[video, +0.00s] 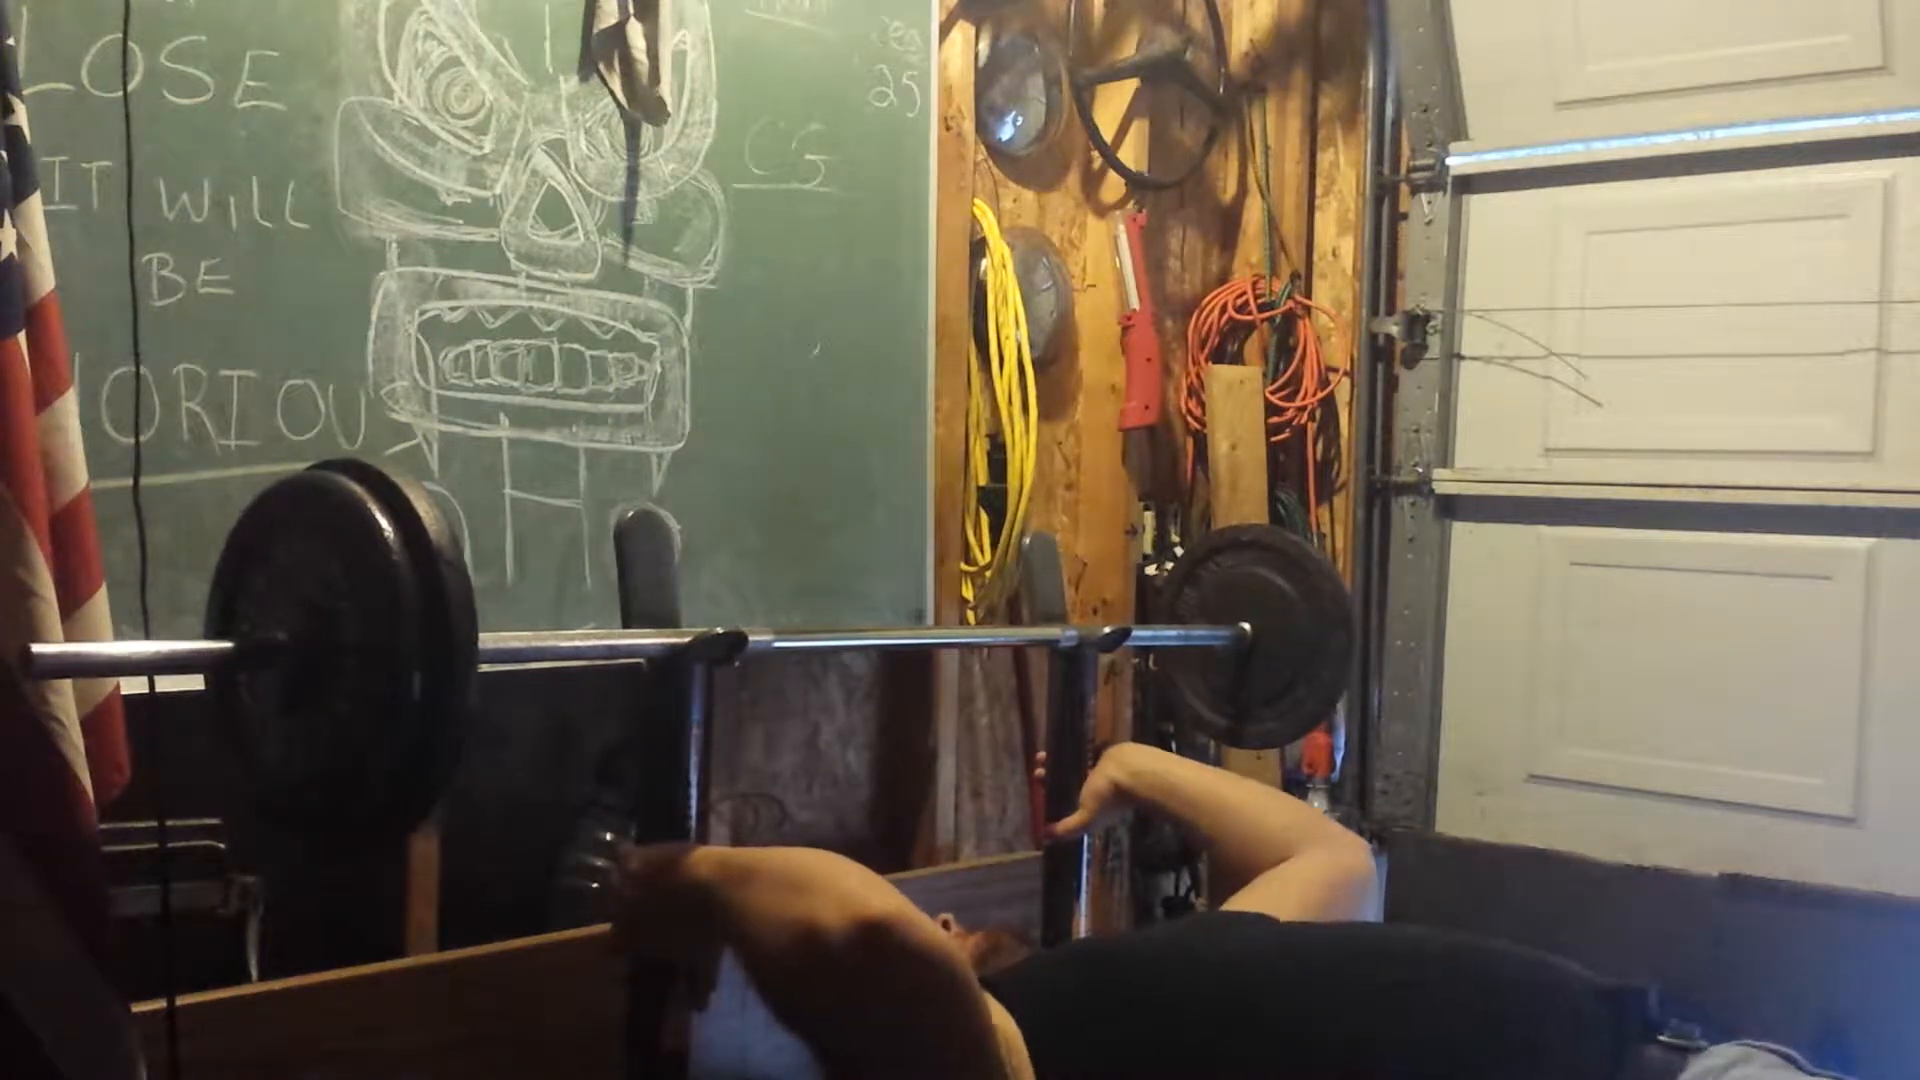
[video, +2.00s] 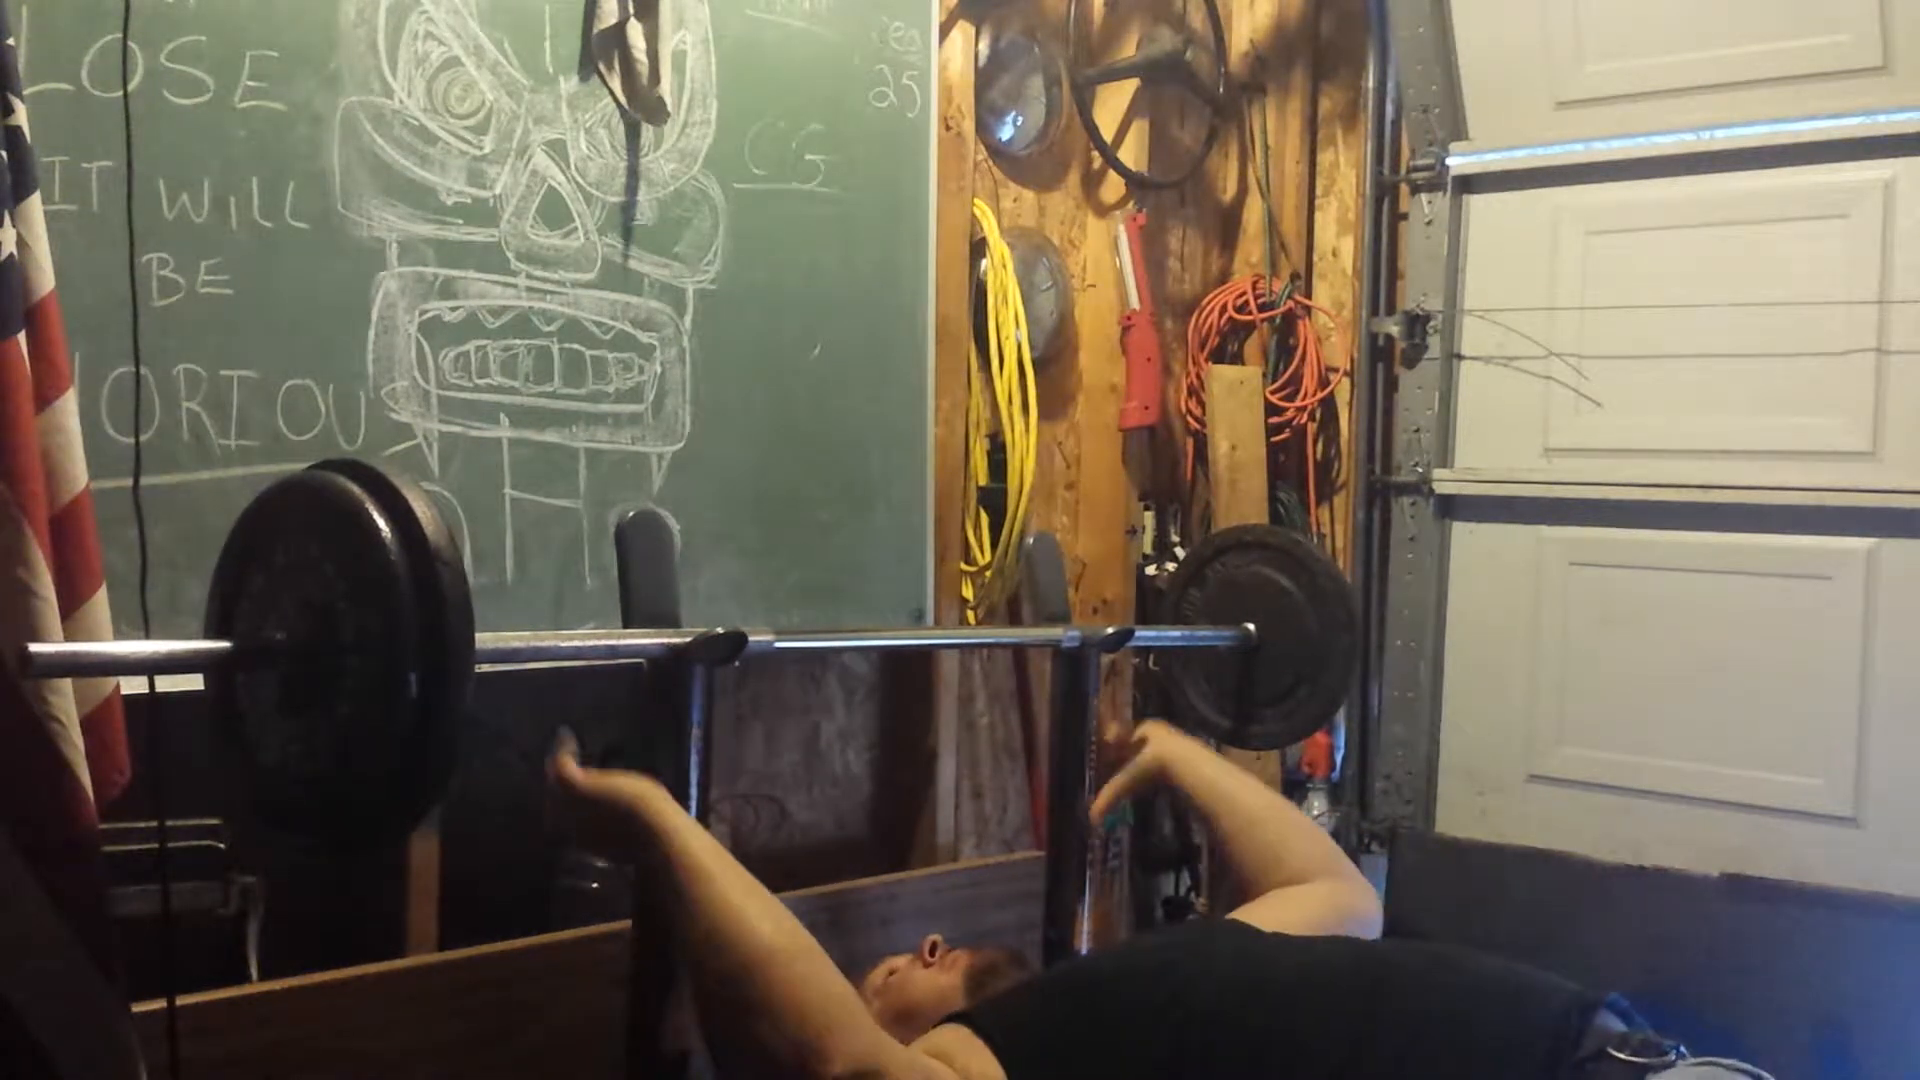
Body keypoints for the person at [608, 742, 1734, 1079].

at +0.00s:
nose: (942, 915)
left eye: (920, 906)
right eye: (898, 928)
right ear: (838, 1023)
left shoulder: (1139, 985)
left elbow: (1333, 857)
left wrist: (1140, 765)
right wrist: (684, 881)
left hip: (1666, 1050)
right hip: (1658, 1072)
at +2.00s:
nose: (925, 946)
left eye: (915, 945)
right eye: (892, 971)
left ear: (963, 956)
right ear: (878, 1034)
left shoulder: (1156, 975)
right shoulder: (946, 1068)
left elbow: (1333, 891)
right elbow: (806, 1021)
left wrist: (1176, 749)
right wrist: (656, 812)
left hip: (1639, 1044)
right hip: (1544, 1076)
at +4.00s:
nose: (915, 948)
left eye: (914, 948)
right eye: (887, 975)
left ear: (972, 965)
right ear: (887, 1043)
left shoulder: (1165, 987)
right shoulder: (954, 1073)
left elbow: (1256, 856)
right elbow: (768, 998)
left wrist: (1213, 698)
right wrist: (546, 753)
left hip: (1662, 1054)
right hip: (1573, 1062)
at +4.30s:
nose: (909, 948)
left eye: (896, 948)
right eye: (871, 977)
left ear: (953, 966)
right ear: (866, 1044)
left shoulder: (1178, 978)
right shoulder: (950, 1073)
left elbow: (1251, 859)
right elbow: (754, 975)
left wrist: (1214, 693)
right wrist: (550, 757)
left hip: (1658, 1056)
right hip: (1576, 1071)